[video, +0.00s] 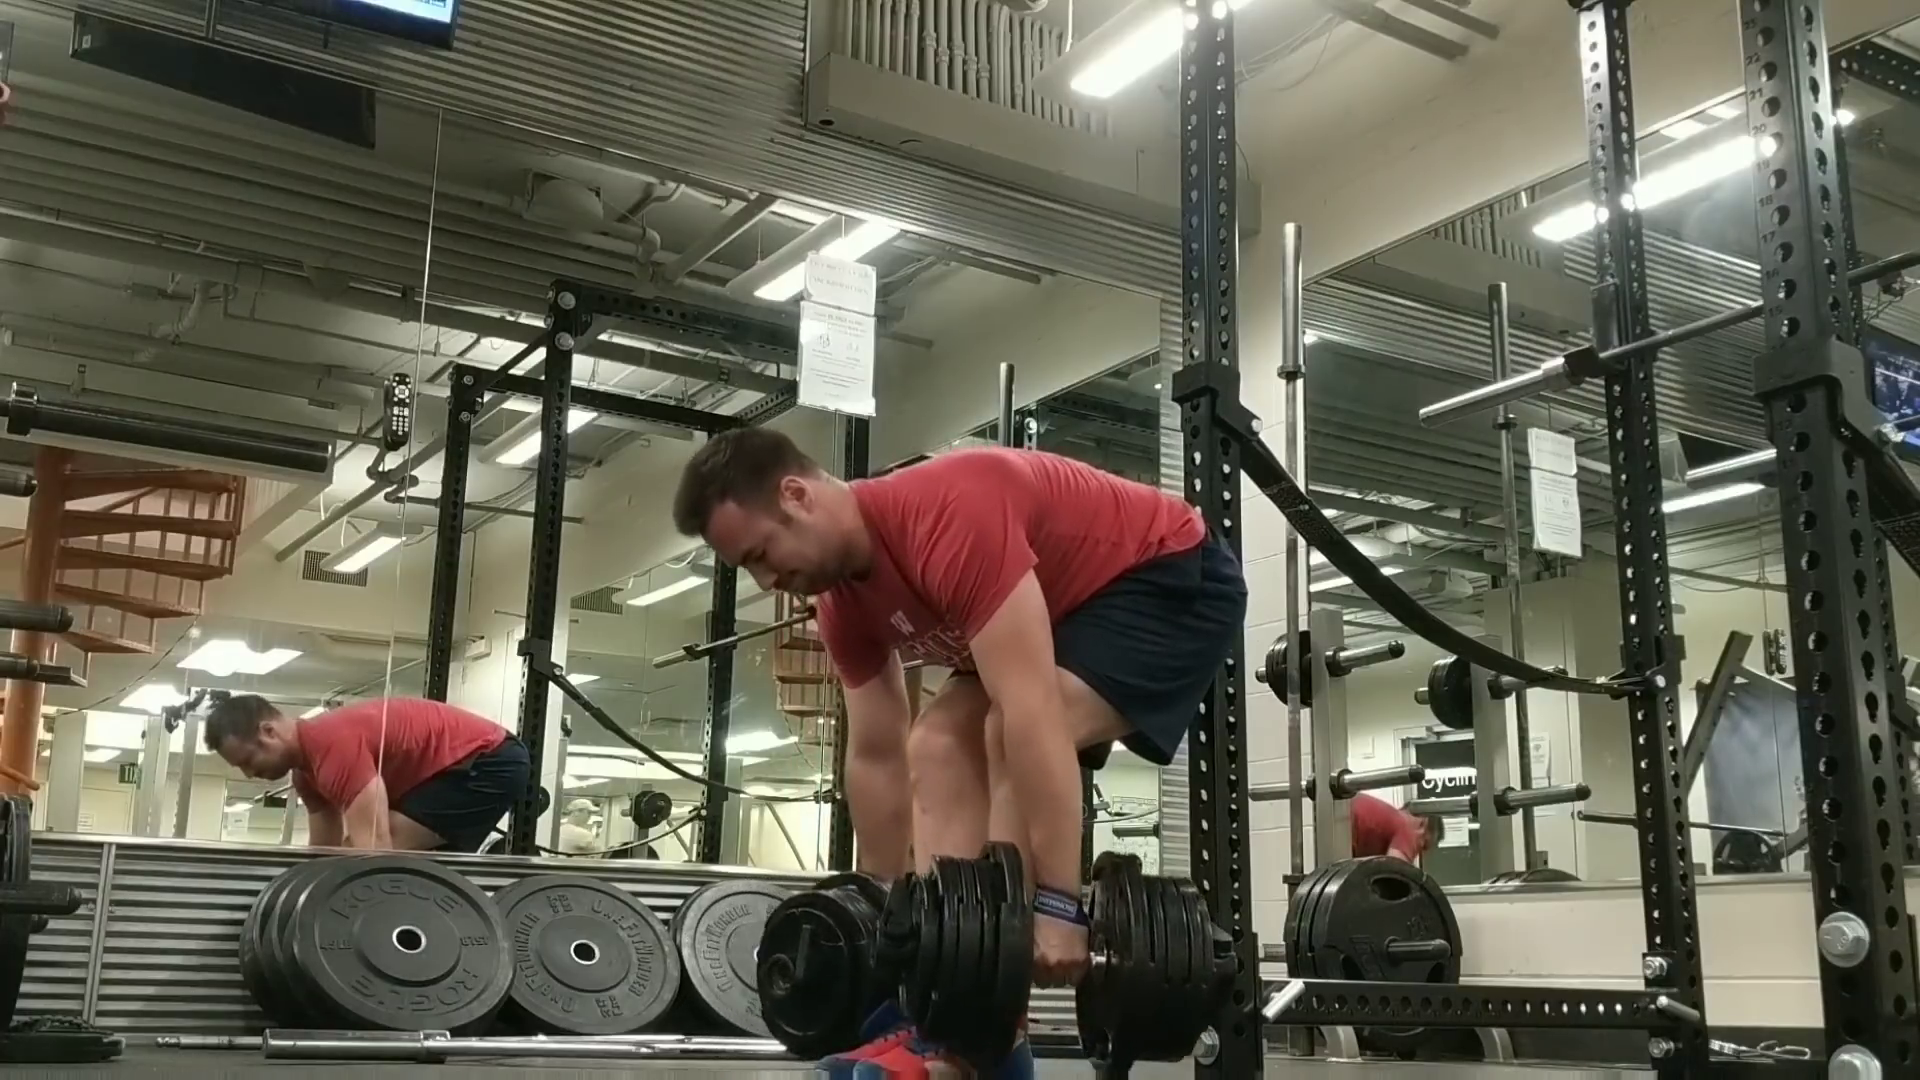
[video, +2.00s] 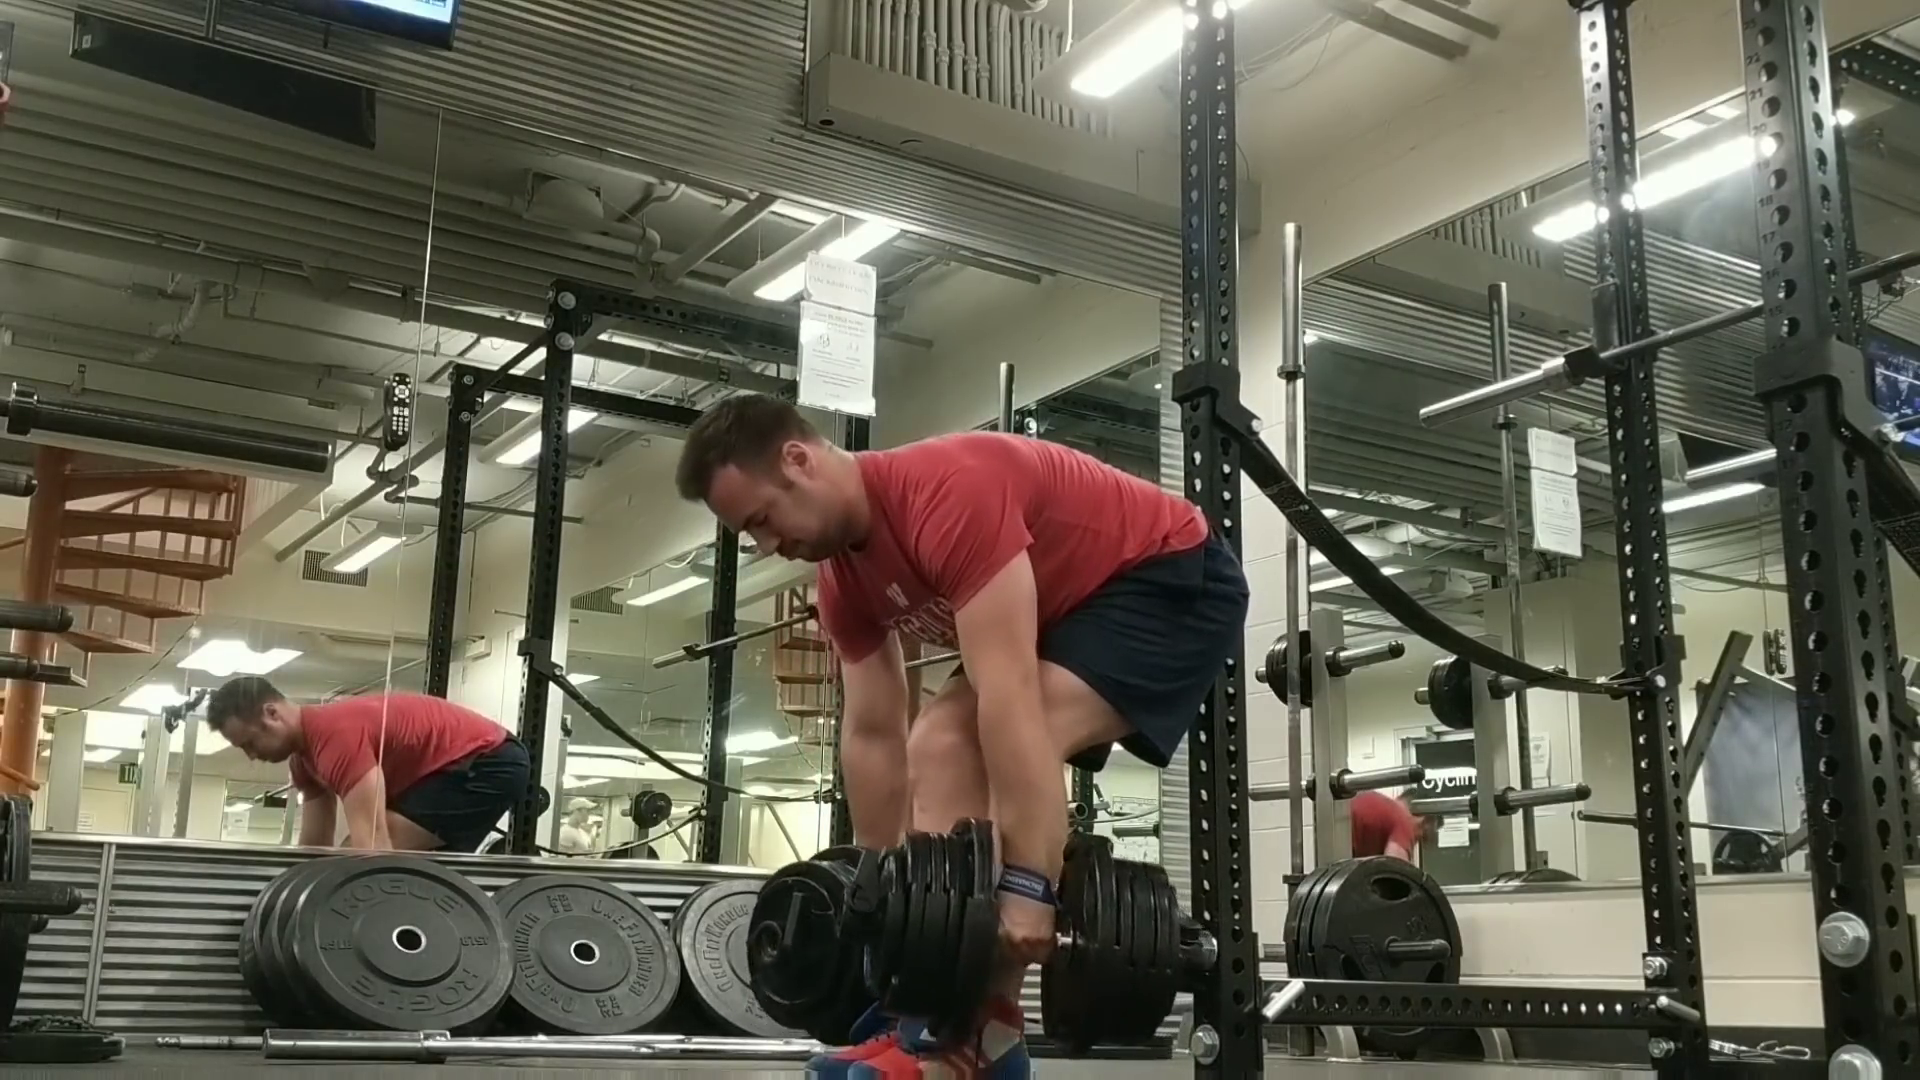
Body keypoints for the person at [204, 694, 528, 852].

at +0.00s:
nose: (250, 774)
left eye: (248, 761)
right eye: (242, 768)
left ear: (268, 730)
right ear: (268, 733)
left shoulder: (335, 744)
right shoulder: (308, 773)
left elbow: (369, 853)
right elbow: (324, 852)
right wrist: (303, 918)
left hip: (492, 763)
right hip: (464, 769)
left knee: (381, 854)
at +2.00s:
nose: (251, 757)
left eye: (249, 744)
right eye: (243, 750)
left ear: (272, 715)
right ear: (272, 717)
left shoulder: (336, 734)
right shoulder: (305, 756)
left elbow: (370, 841)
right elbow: (314, 845)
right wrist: (292, 913)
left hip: (489, 761)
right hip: (458, 766)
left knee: (381, 850)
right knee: (390, 854)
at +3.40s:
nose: (261, 732)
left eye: (258, 720)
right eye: (253, 726)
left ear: (279, 691)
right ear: (279, 693)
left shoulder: (344, 713)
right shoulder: (310, 734)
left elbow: (391, 811)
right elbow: (329, 811)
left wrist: (364, 902)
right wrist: (312, 889)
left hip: (487, 761)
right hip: (450, 768)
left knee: (388, 859)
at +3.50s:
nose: (271, 723)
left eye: (269, 711)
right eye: (262, 719)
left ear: (285, 679)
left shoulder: (348, 702)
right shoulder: (314, 727)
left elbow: (406, 789)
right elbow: (340, 796)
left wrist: (381, 885)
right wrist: (313, 871)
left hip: (487, 759)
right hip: (450, 767)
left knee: (401, 863)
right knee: (363, 854)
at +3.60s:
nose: (276, 716)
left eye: (272, 705)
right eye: (267, 711)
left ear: (288, 672)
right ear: (290, 674)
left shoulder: (353, 692)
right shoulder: (319, 712)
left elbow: (422, 764)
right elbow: (354, 781)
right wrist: (338, 847)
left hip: (489, 759)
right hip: (454, 763)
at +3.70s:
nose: (287, 710)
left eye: (281, 700)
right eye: (278, 705)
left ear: (293, 666)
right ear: (294, 668)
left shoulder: (362, 682)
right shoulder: (327, 703)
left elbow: (435, 747)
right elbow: (364, 763)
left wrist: (421, 835)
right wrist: (359, 825)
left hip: (491, 759)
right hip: (454, 762)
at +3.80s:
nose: (300, 705)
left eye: (292, 697)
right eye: (289, 703)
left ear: (298, 664)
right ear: (299, 663)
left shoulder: (364, 674)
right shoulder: (335, 694)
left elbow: (446, 729)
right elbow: (376, 748)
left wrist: (433, 818)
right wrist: (362, 813)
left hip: (489, 762)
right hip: (451, 765)